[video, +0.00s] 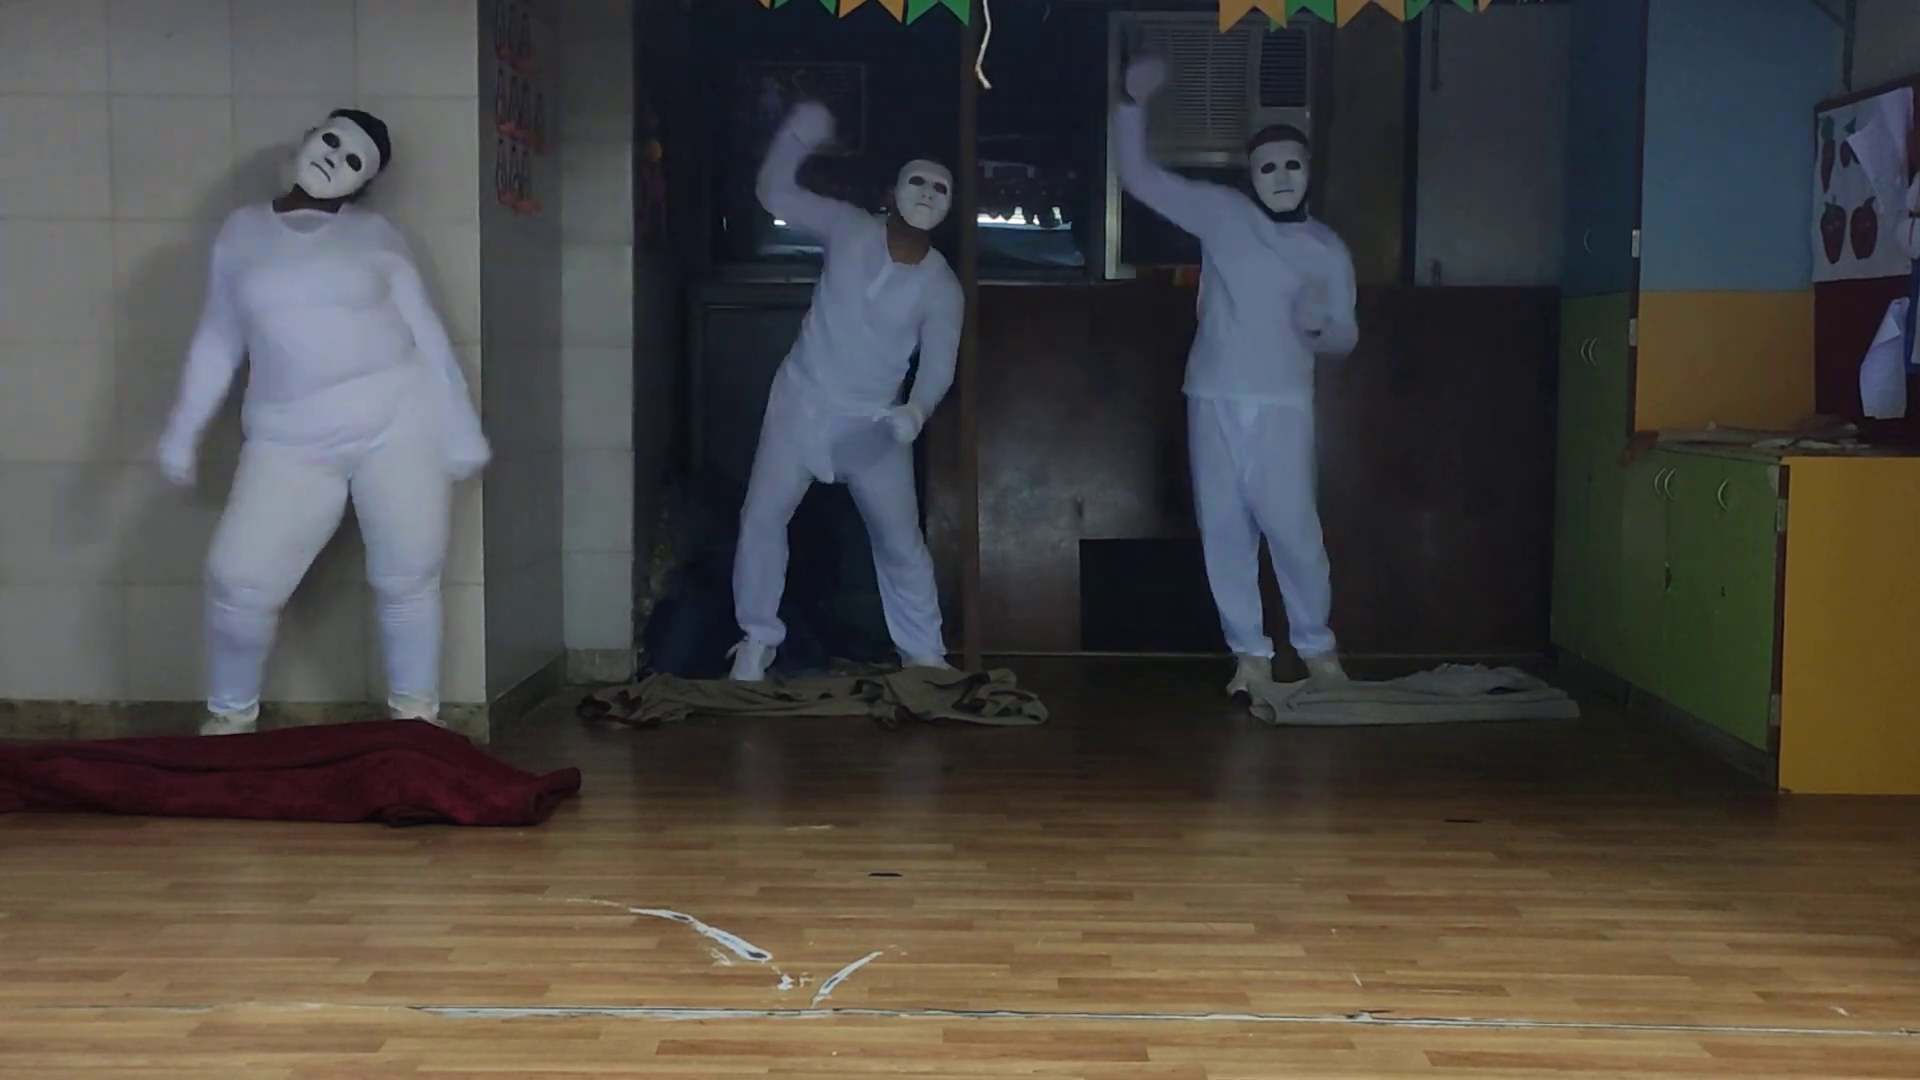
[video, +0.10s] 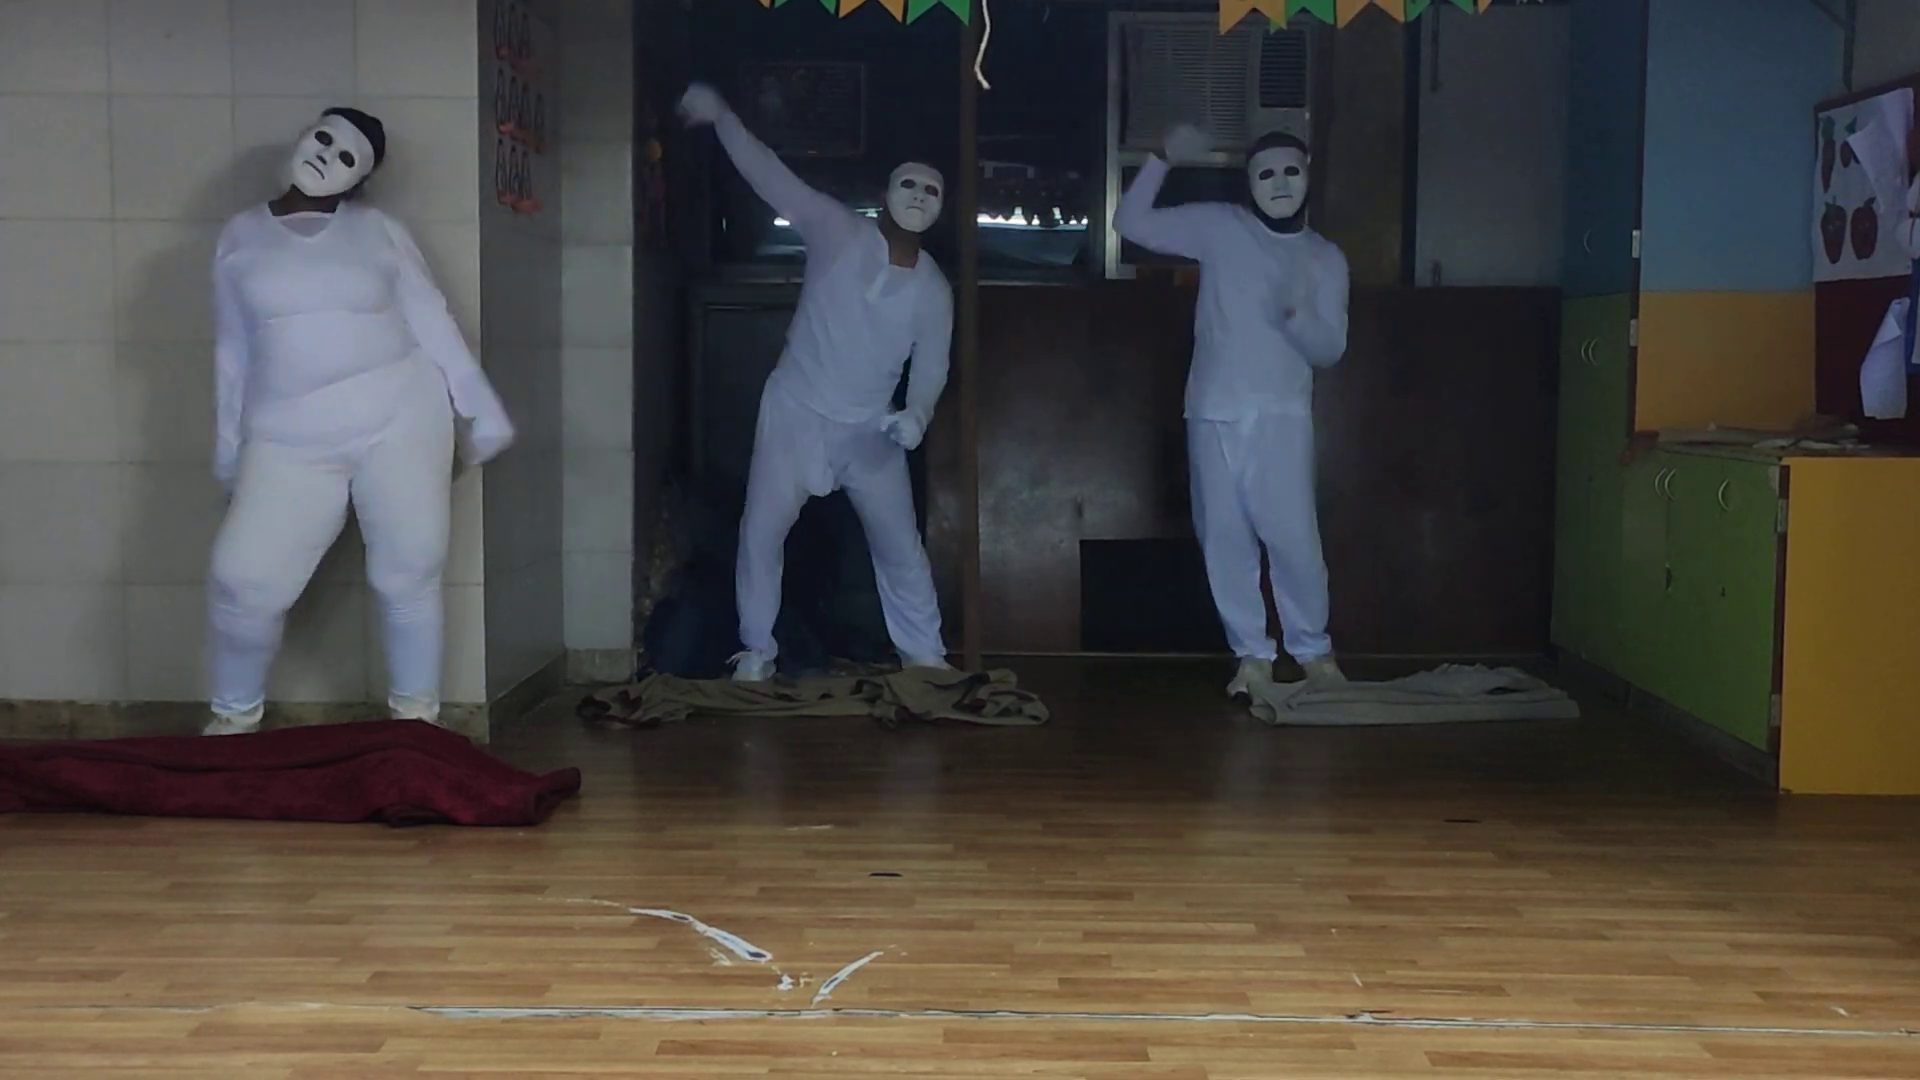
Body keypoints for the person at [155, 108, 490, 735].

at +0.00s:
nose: (333, 161)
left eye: (352, 163)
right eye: (330, 144)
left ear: (363, 183)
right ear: (304, 143)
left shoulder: (377, 239)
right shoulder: (244, 237)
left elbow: (429, 338)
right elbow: (217, 341)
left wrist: (462, 431)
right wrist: (182, 436)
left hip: (395, 428)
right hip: (290, 442)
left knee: (407, 578)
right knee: (239, 580)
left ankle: (414, 715)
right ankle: (231, 716)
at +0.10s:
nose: (326, 158)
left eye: (345, 160)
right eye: (322, 142)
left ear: (357, 180)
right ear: (299, 142)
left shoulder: (380, 233)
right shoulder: (242, 239)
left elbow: (434, 325)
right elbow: (232, 350)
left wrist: (485, 413)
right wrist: (228, 445)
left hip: (399, 421)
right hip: (292, 434)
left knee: (409, 574)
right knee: (243, 578)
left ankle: (414, 713)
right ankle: (235, 714)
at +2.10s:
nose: (254, 456)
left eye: (272, 440)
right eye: (240, 439)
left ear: (301, 435)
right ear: (226, 433)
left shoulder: (334, 474)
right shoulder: (197, 478)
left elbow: (339, 589)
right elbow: (192, 584)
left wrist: (360, 694)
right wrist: (169, 685)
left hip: (320, 587)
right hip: (236, 590)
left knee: (400, 586)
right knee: (127, 590)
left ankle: (352, 703)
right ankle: (214, 700)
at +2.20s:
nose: (255, 441)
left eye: (273, 426)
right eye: (241, 425)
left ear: (300, 425)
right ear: (225, 424)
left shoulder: (333, 469)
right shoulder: (198, 473)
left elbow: (338, 582)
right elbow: (198, 584)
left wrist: (358, 684)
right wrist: (176, 687)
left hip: (320, 586)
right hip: (236, 591)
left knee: (398, 587)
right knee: (128, 591)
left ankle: (354, 700)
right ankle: (215, 699)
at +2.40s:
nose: (253, 424)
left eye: (271, 409)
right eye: (239, 409)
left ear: (298, 411)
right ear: (225, 410)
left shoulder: (329, 461)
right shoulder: (198, 469)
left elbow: (341, 573)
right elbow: (193, 573)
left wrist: (380, 668)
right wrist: (151, 668)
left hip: (317, 596)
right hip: (233, 599)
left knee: (397, 583)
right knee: (124, 590)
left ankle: (358, 676)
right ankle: (202, 681)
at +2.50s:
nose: (252, 403)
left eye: (270, 388)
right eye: (240, 388)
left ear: (297, 391)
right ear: (225, 391)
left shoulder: (327, 438)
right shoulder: (197, 451)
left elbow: (343, 541)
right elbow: (193, 551)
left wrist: (376, 621)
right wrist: (136, 628)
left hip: (315, 580)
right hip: (232, 585)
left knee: (399, 582)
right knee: (121, 586)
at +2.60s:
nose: (252, 383)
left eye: (270, 367)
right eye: (239, 368)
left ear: (297, 370)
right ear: (225, 370)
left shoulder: (331, 421)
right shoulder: (200, 432)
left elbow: (351, 516)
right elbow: (192, 533)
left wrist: (383, 559)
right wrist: (139, 568)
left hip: (322, 589)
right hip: (231, 590)